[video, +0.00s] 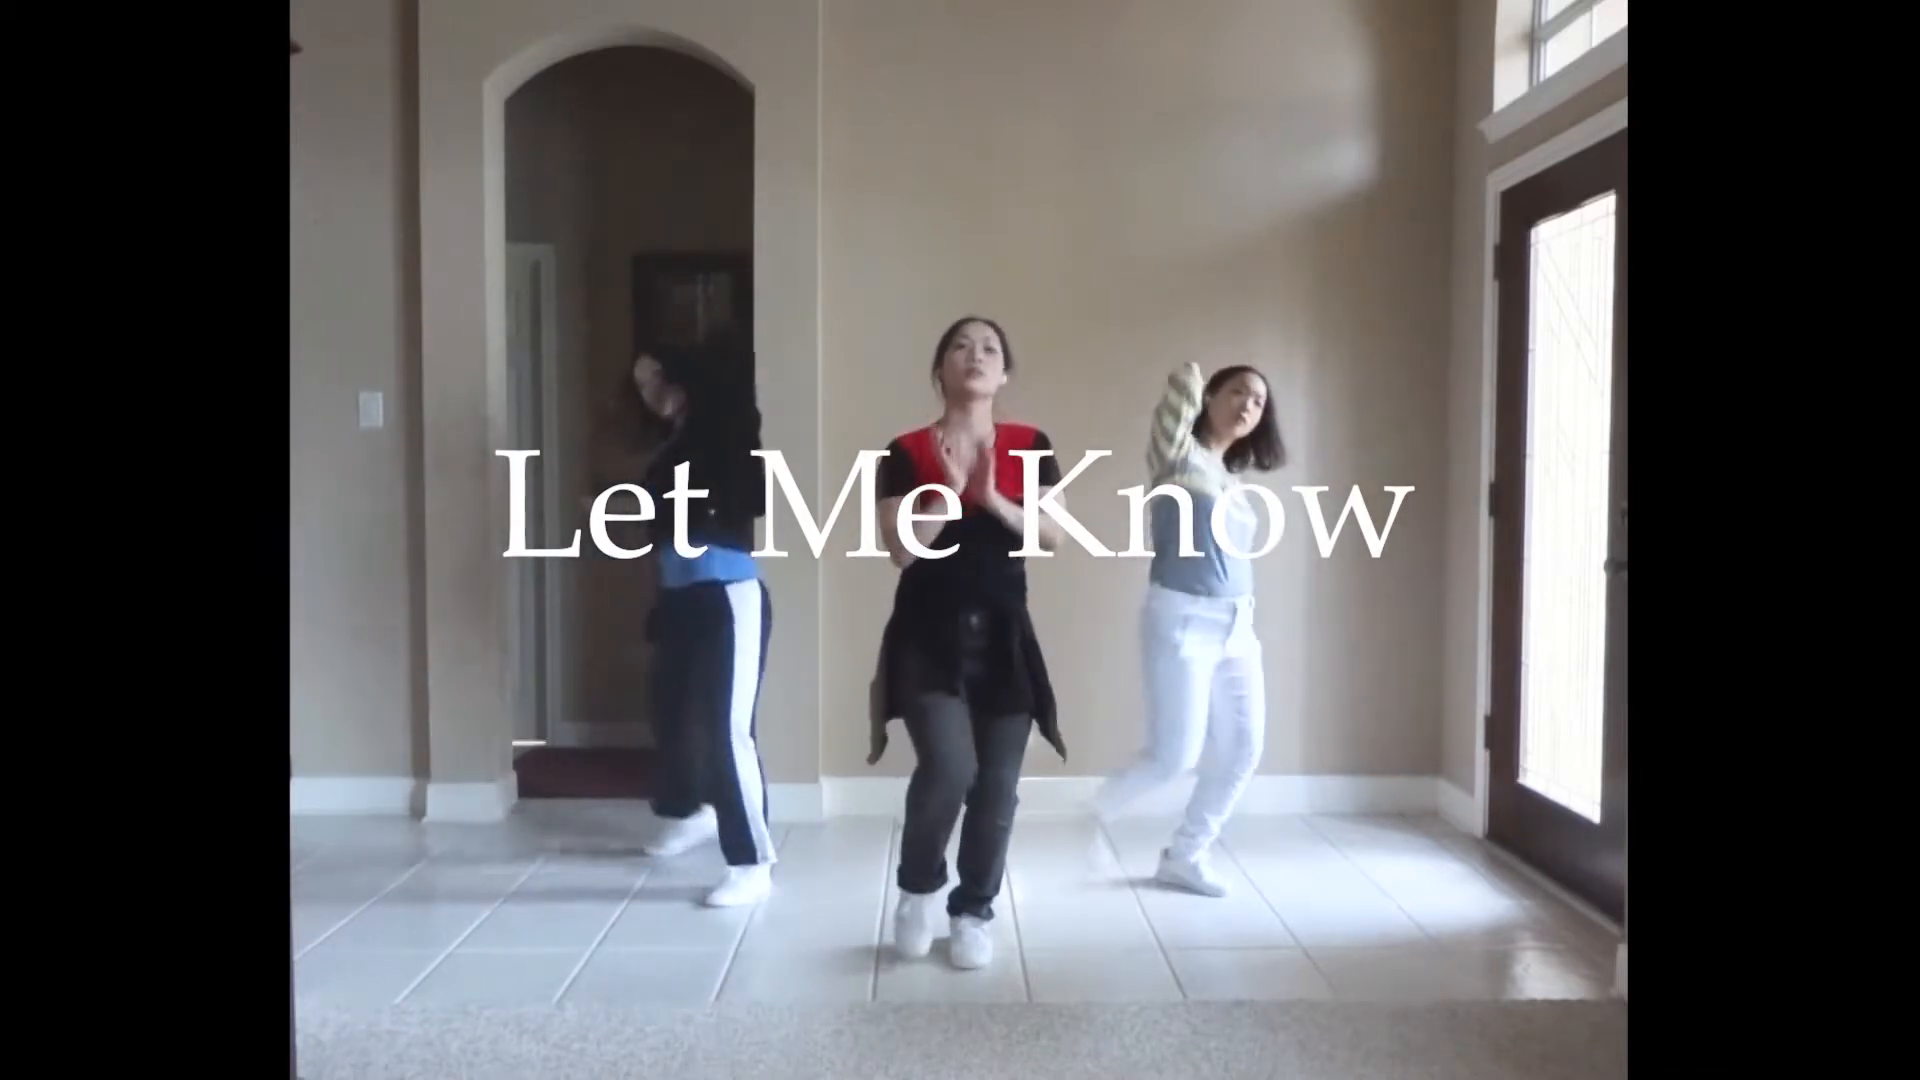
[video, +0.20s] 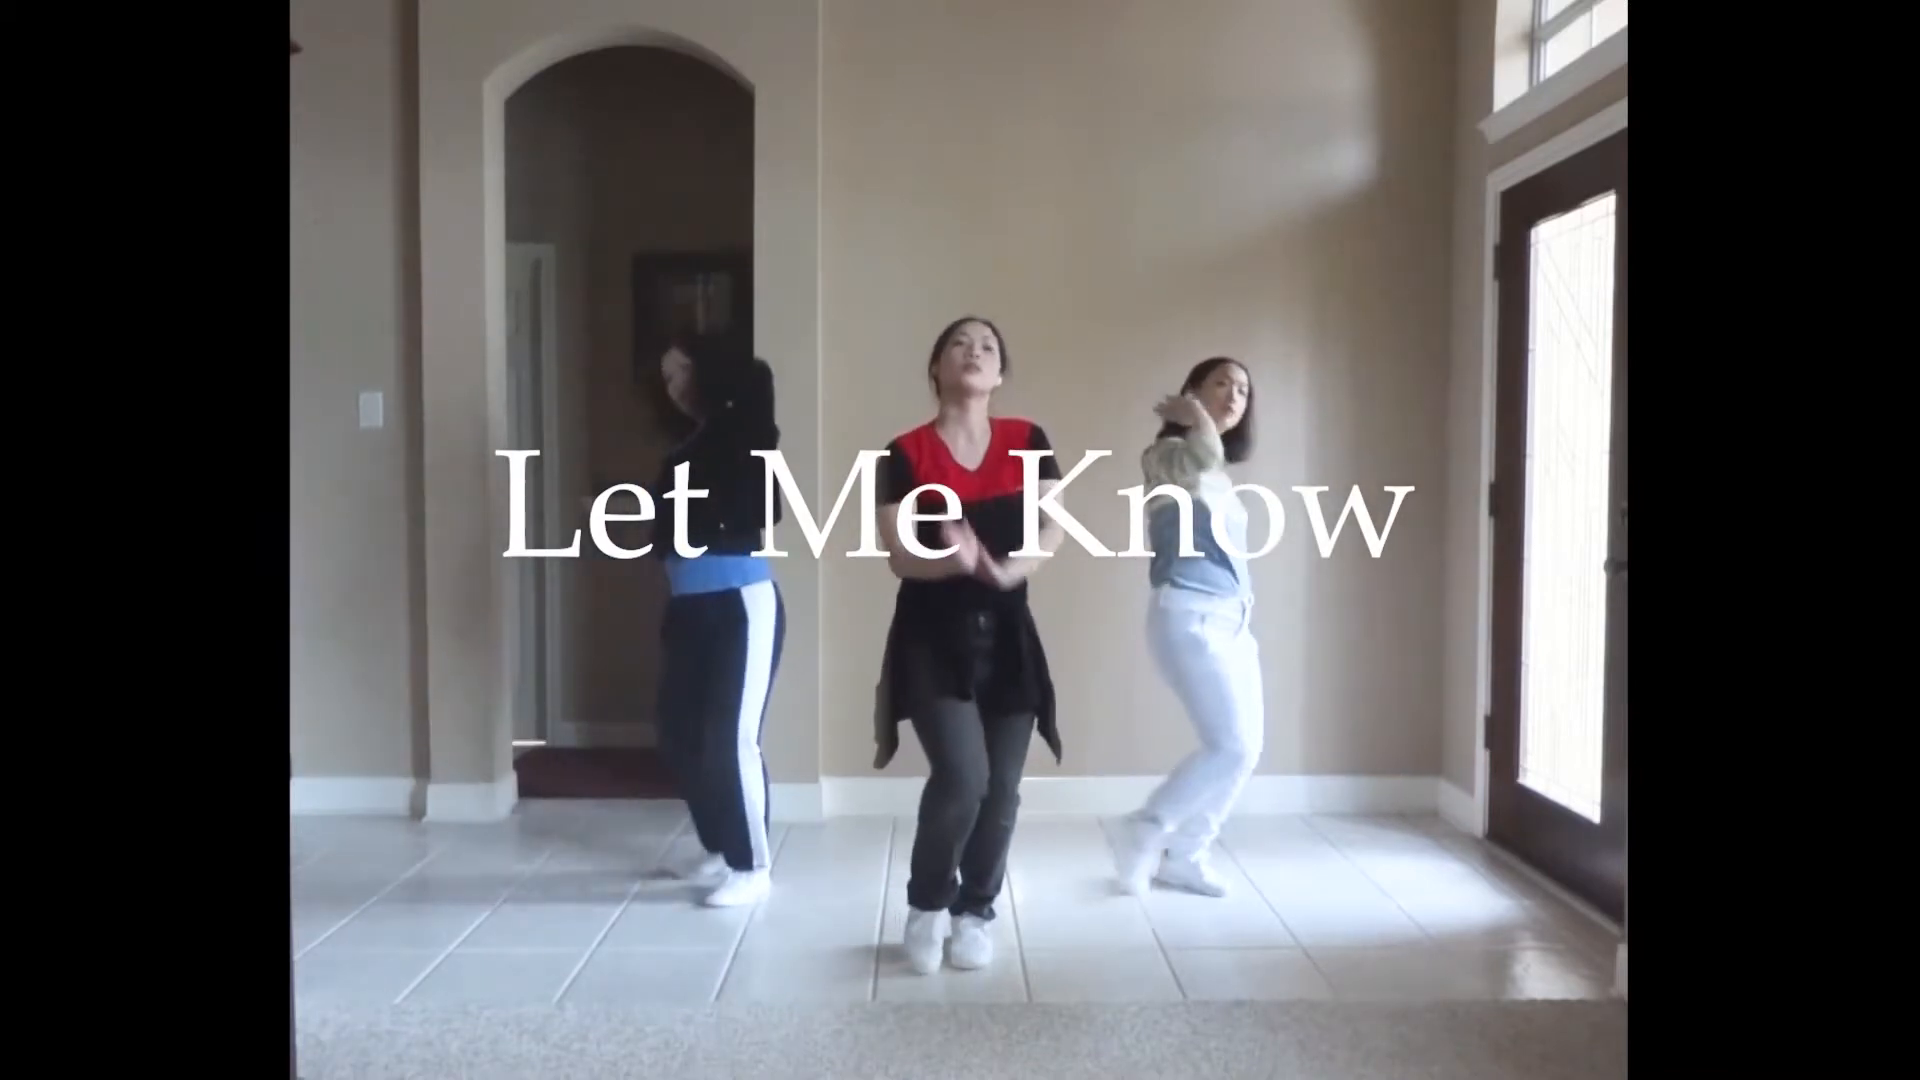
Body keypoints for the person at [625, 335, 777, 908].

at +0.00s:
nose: (651, 397)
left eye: (656, 385)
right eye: (644, 389)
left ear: (682, 380)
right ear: (649, 394)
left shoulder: (723, 432)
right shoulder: (672, 443)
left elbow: (746, 513)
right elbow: (662, 520)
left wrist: (684, 505)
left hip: (730, 592)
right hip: (681, 591)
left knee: (728, 727)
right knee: (672, 707)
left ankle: (752, 864)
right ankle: (685, 812)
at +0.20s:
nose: (673, 387)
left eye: (680, 374)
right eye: (667, 378)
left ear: (708, 375)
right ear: (669, 385)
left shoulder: (744, 438)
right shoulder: (682, 449)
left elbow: (751, 526)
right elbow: (663, 528)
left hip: (743, 601)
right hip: (690, 602)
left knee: (731, 734)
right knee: (682, 731)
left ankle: (750, 867)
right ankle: (722, 846)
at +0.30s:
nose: (684, 384)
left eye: (693, 372)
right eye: (677, 376)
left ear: (718, 373)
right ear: (673, 385)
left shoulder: (747, 429)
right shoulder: (680, 456)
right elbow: (664, 540)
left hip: (749, 600)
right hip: (690, 604)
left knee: (736, 736)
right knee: (682, 733)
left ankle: (750, 868)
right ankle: (718, 854)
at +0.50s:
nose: (695, 387)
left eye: (705, 375)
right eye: (688, 379)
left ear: (733, 380)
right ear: (682, 389)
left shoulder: (761, 453)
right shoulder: (681, 465)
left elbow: (757, 518)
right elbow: (665, 555)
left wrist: (728, 441)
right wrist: (639, 630)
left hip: (759, 607)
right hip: (696, 614)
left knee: (747, 741)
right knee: (687, 737)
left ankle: (749, 868)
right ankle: (694, 858)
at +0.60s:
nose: (699, 388)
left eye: (712, 376)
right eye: (691, 378)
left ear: (737, 384)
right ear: (683, 387)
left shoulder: (760, 456)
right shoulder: (676, 461)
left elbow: (746, 533)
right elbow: (655, 551)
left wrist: (697, 470)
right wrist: (619, 627)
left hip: (761, 613)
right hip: (697, 619)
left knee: (747, 746)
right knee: (690, 747)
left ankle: (749, 872)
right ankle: (690, 864)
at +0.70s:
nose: (702, 386)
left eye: (714, 376)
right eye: (693, 376)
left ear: (737, 384)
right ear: (681, 386)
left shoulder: (762, 451)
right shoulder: (667, 462)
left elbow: (754, 536)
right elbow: (629, 553)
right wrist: (593, 639)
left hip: (763, 613)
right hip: (696, 618)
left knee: (744, 749)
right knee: (696, 746)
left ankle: (746, 874)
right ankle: (676, 868)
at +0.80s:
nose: (701, 386)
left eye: (715, 376)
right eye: (692, 375)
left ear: (738, 385)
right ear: (680, 385)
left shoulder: (765, 445)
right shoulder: (667, 461)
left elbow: (773, 524)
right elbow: (637, 559)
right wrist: (603, 645)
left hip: (765, 612)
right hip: (697, 616)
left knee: (746, 749)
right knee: (695, 748)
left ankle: (747, 873)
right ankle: (670, 865)